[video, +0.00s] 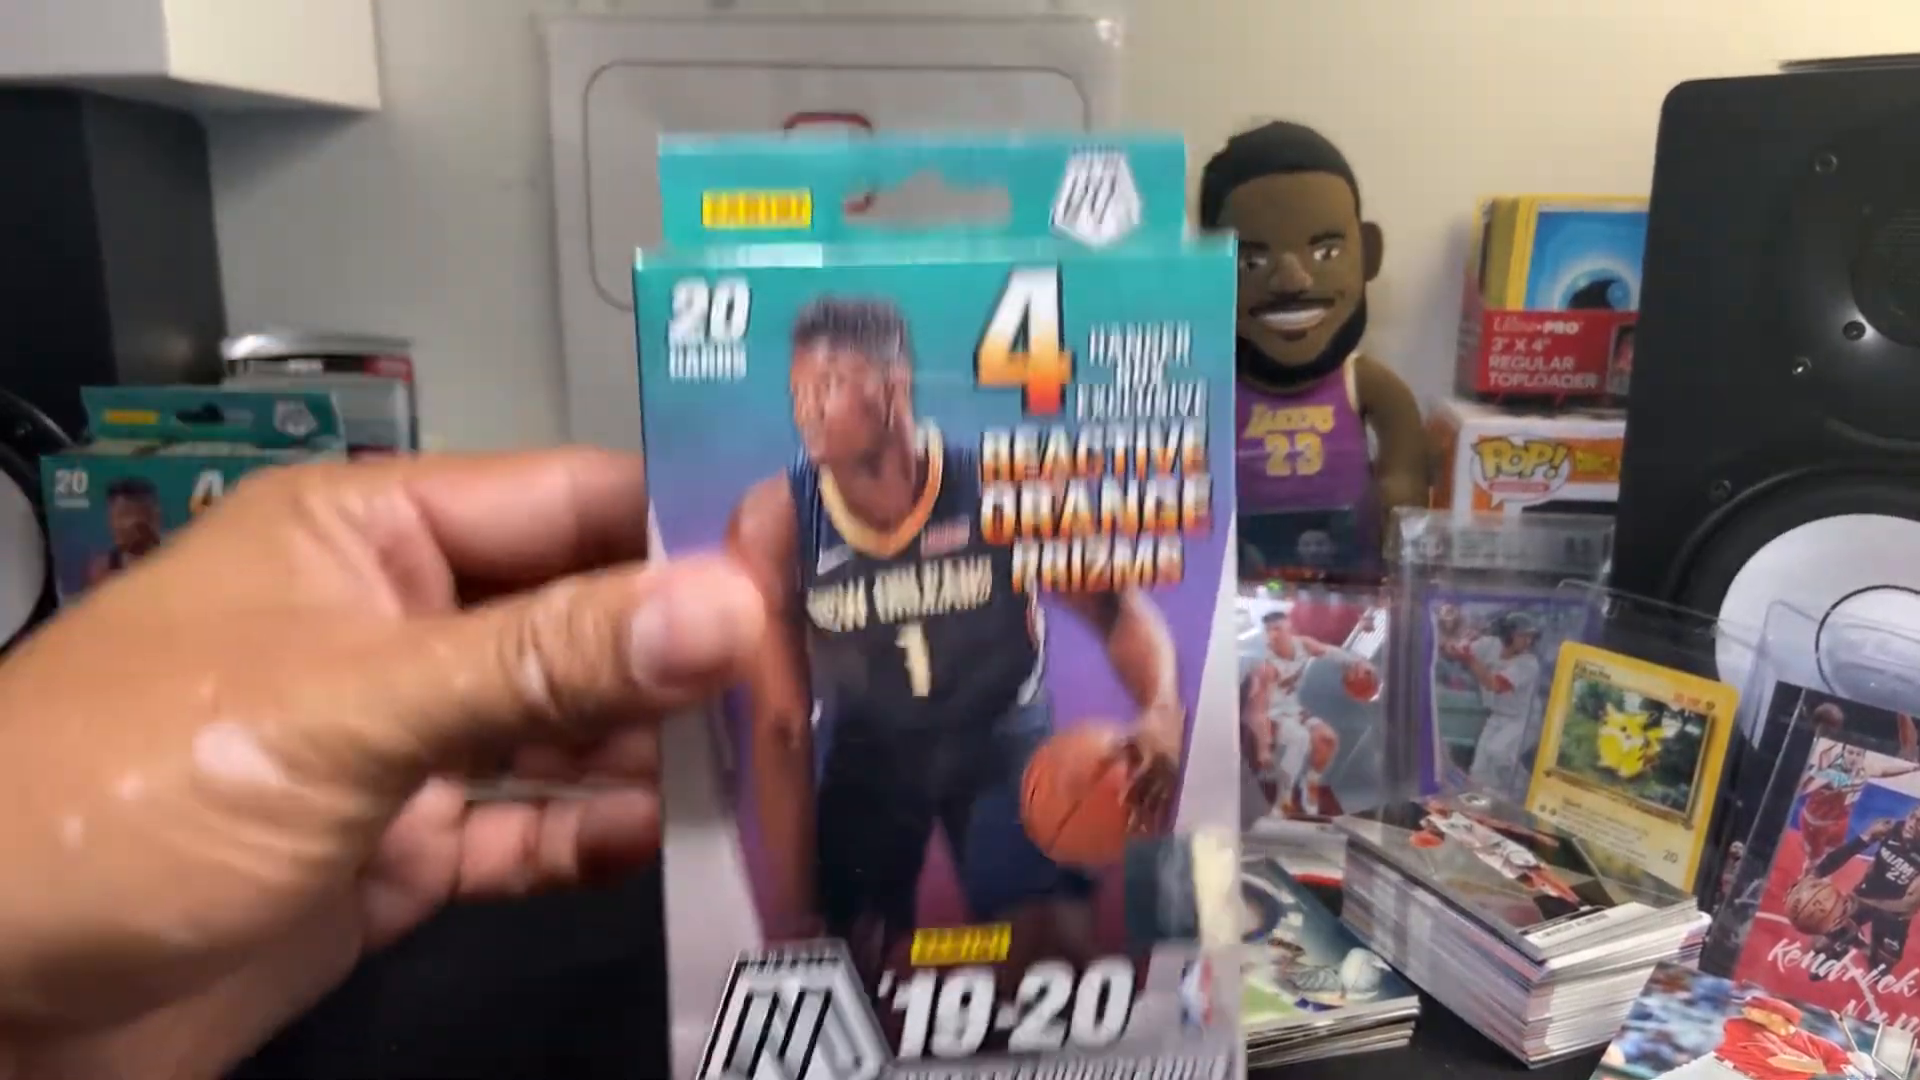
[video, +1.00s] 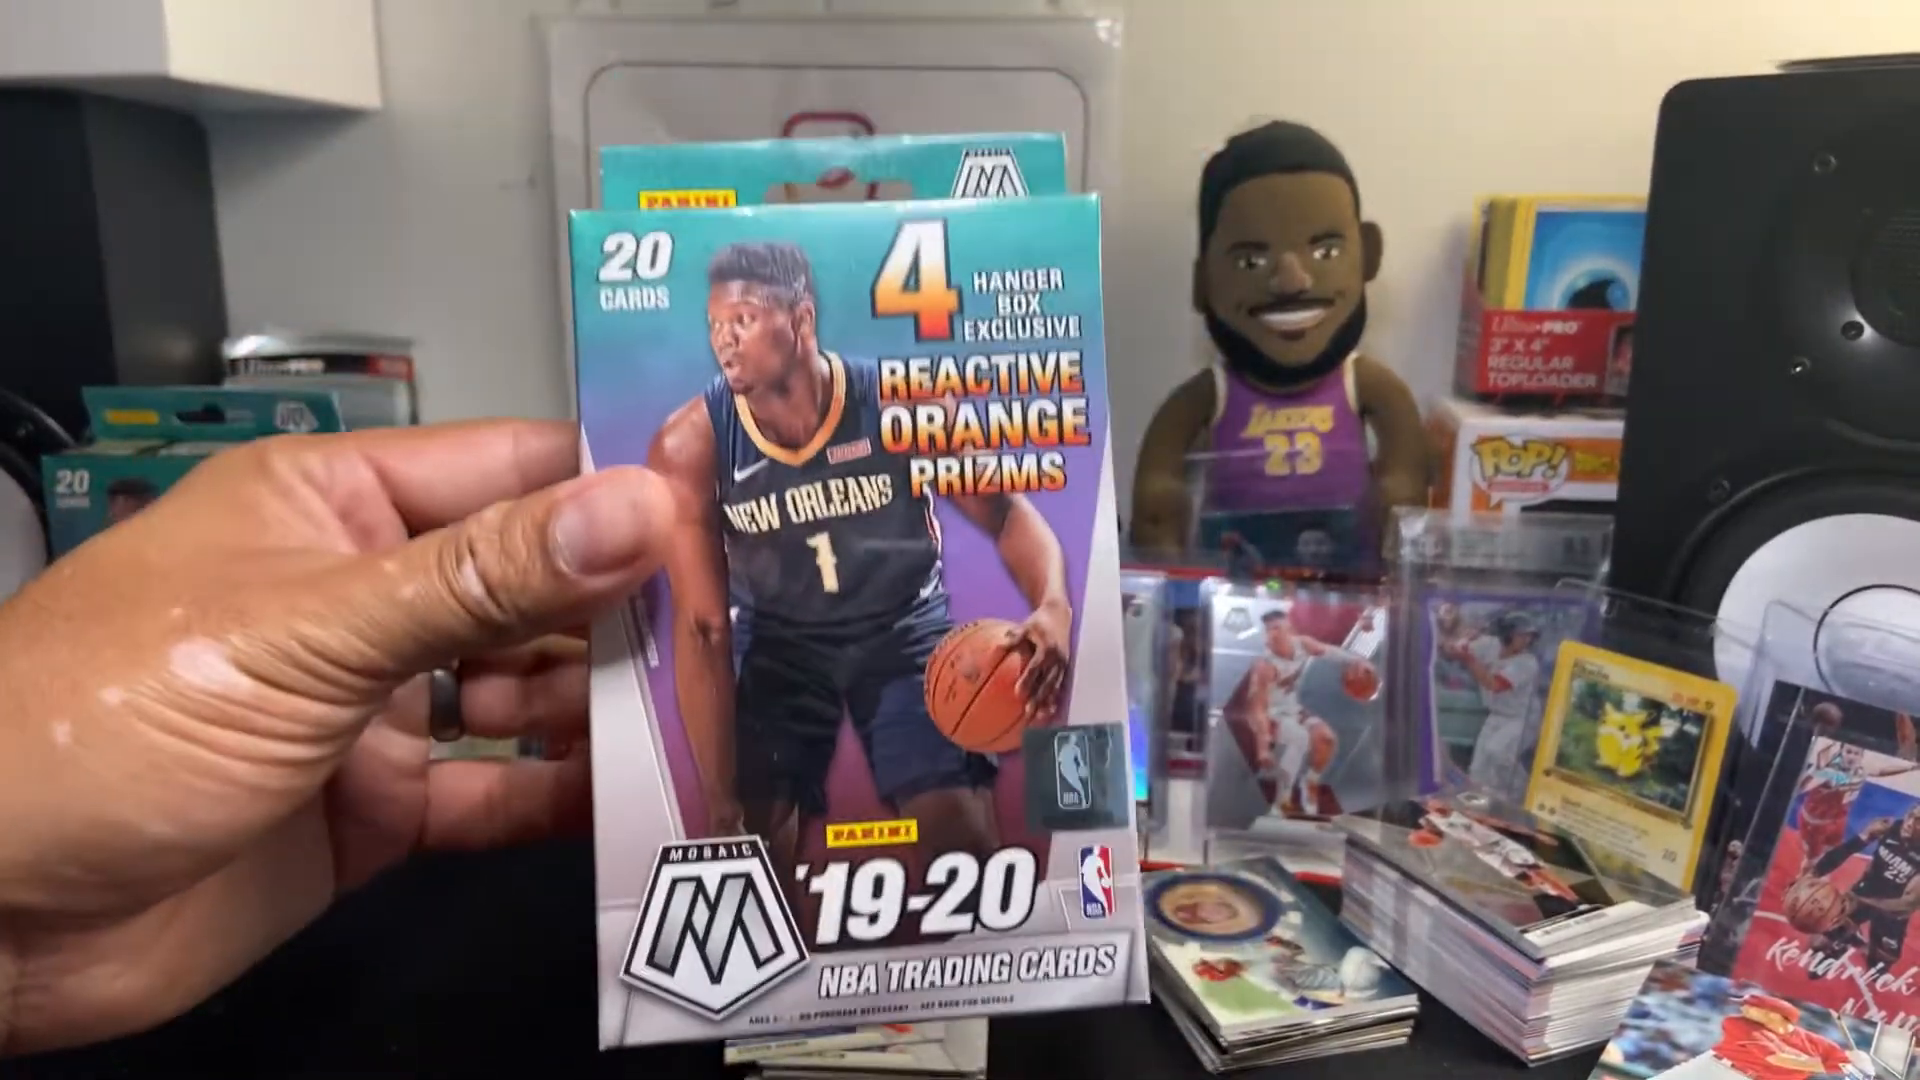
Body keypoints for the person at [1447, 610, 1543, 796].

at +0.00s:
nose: (1528, 642)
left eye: (1531, 637)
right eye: (1523, 636)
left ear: (1533, 639)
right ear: (1510, 635)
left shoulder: (1529, 663)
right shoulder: (1491, 645)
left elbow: (1496, 684)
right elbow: (1460, 650)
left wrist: (1471, 659)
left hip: (1518, 722)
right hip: (1495, 717)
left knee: (1497, 752)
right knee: (1482, 755)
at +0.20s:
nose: (1527, 641)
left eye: (1530, 637)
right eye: (1523, 636)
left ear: (1533, 638)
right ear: (1510, 635)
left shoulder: (1529, 663)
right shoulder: (1491, 645)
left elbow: (1496, 684)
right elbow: (1459, 649)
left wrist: (1471, 659)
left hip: (1517, 722)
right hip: (1495, 717)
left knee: (1497, 752)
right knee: (1482, 755)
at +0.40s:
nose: (1528, 641)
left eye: (1530, 637)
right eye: (1523, 636)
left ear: (1533, 639)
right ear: (1511, 635)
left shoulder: (1529, 663)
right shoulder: (1491, 645)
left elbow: (1496, 685)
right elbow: (1460, 649)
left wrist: (1471, 660)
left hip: (1516, 722)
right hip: (1495, 717)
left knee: (1497, 752)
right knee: (1482, 753)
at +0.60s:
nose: (1528, 641)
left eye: (1530, 637)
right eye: (1523, 635)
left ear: (1533, 639)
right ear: (1510, 635)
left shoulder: (1529, 663)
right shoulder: (1491, 645)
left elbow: (1496, 685)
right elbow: (1458, 650)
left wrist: (1471, 659)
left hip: (1518, 722)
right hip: (1495, 717)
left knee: (1497, 752)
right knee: (1482, 754)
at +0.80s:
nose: (1528, 641)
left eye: (1530, 636)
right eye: (1523, 635)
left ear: (1533, 638)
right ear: (1511, 635)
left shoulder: (1529, 663)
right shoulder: (1491, 645)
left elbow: (1496, 685)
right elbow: (1458, 650)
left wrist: (1471, 660)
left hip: (1516, 723)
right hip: (1494, 717)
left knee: (1497, 753)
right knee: (1481, 756)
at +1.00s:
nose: (1527, 640)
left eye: (1529, 636)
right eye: (1522, 635)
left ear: (1532, 638)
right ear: (1509, 635)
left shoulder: (1528, 663)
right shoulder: (1490, 646)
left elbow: (1495, 684)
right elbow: (1457, 649)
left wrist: (1470, 660)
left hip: (1517, 722)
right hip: (1495, 717)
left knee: (1495, 751)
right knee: (1482, 753)